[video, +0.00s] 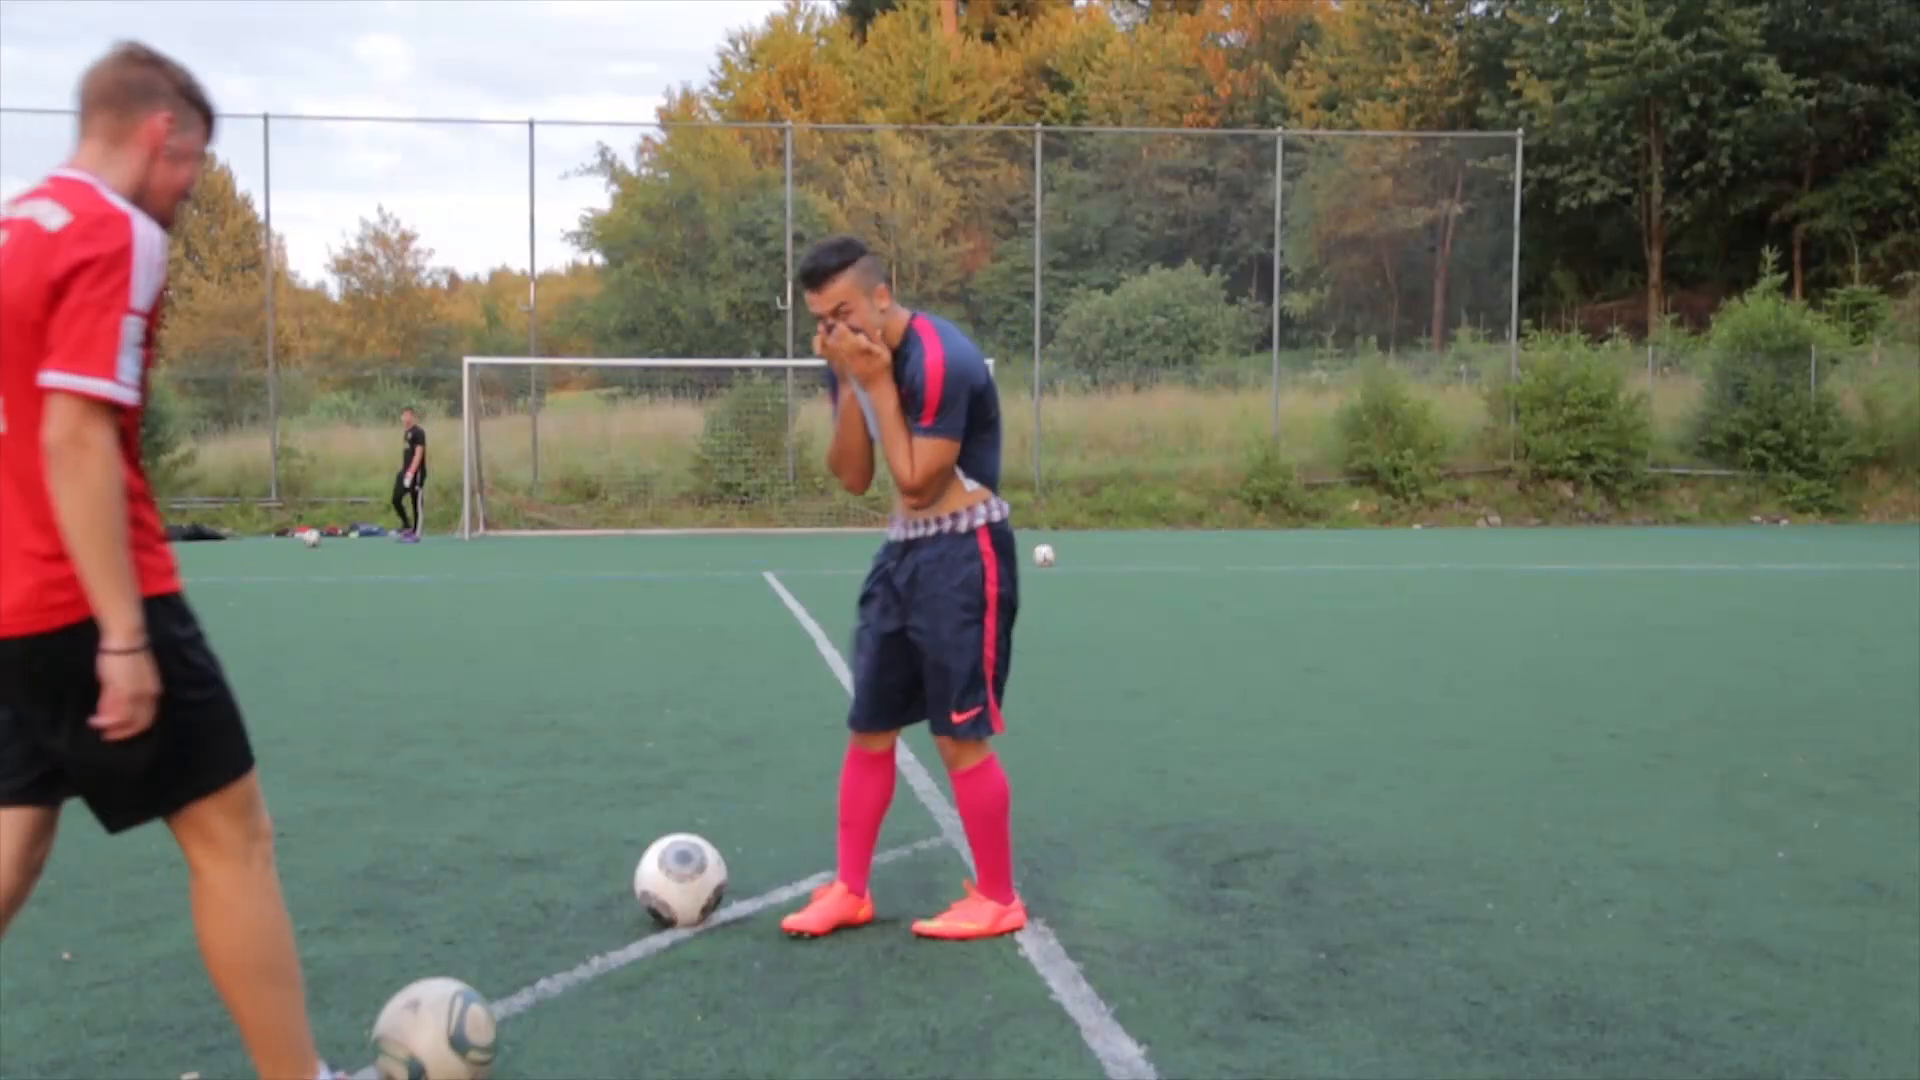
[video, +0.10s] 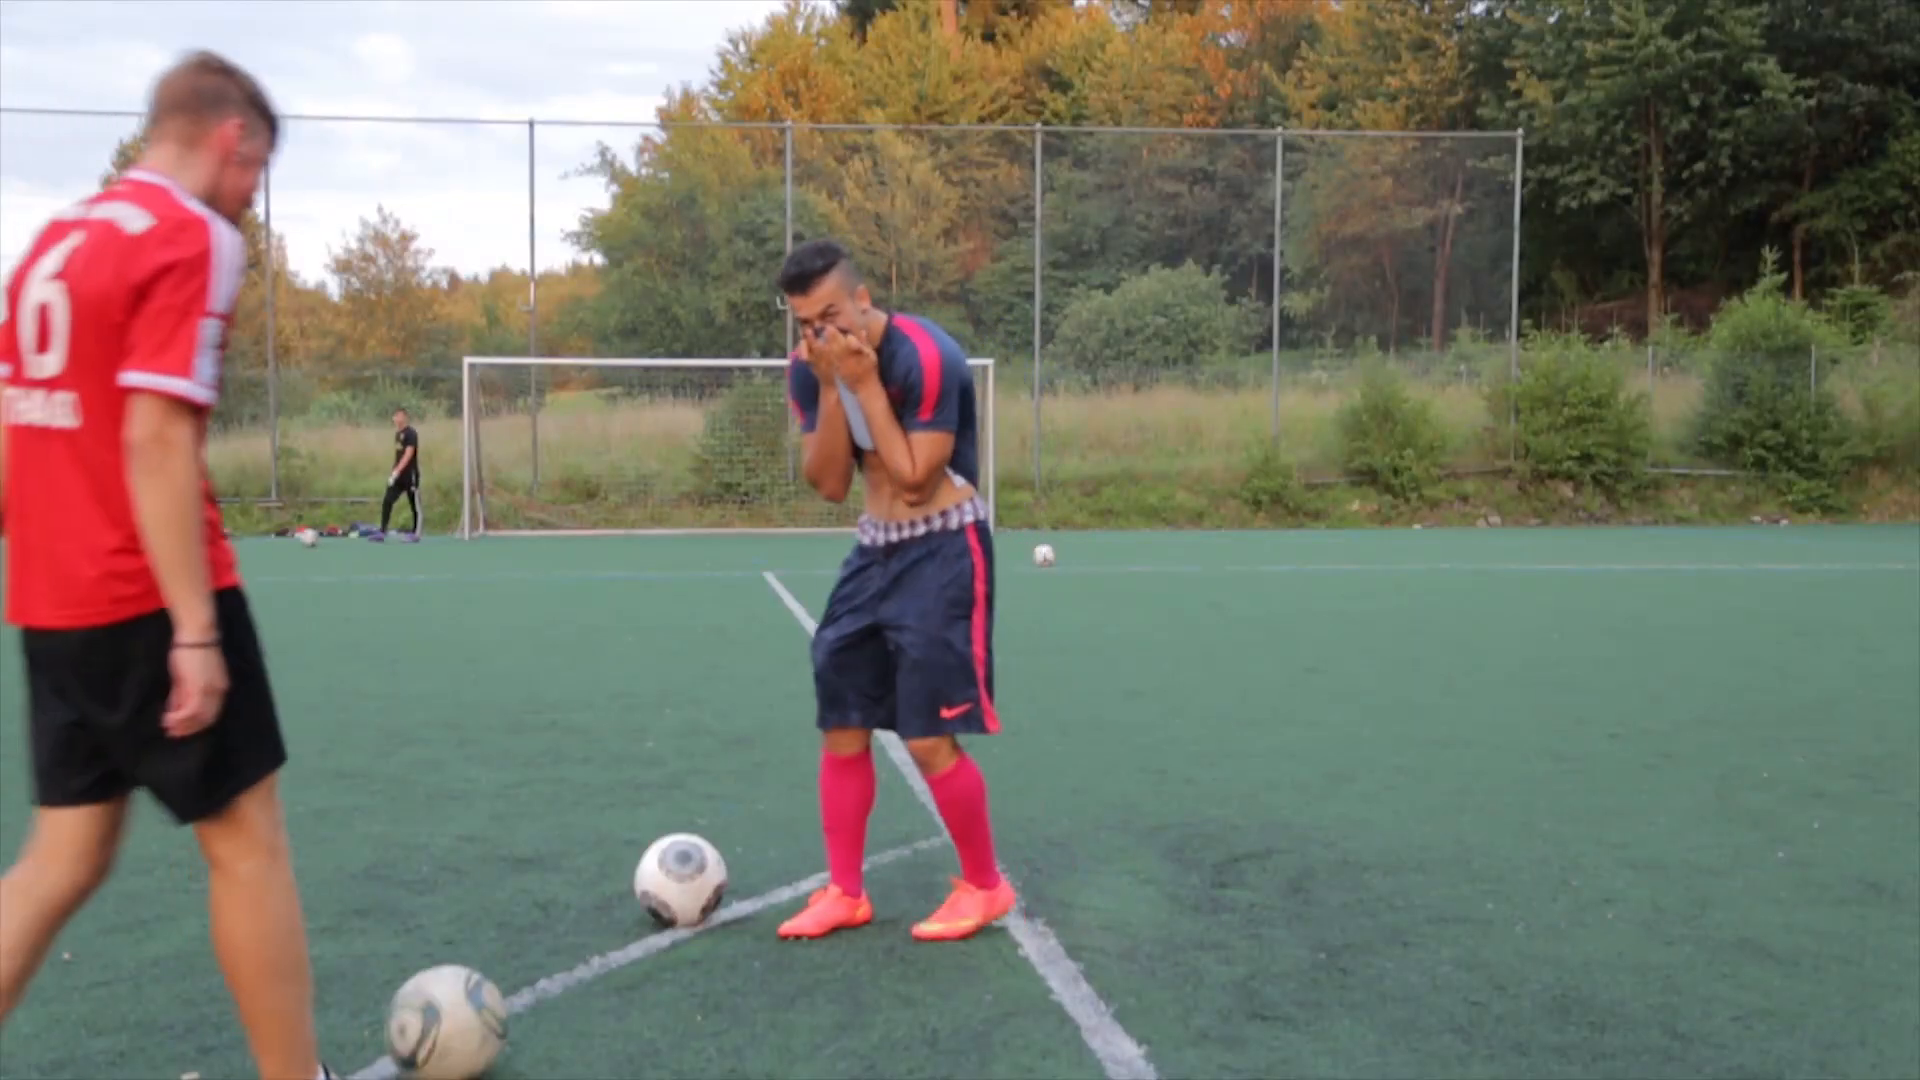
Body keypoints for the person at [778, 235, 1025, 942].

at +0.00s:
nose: (841, 333)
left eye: (847, 314)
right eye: (828, 321)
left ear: (886, 298)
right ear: (825, 323)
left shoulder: (945, 359)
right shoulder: (860, 362)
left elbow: (918, 481)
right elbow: (855, 478)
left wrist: (875, 385)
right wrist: (848, 384)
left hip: (964, 554)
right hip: (903, 553)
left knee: (962, 734)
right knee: (871, 727)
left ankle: (997, 897)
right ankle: (850, 888)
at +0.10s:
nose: (826, 335)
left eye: (834, 316)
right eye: (810, 326)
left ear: (865, 300)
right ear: (799, 327)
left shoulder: (930, 357)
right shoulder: (809, 368)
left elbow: (913, 477)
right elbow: (828, 482)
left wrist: (864, 384)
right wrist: (832, 386)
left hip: (943, 550)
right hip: (875, 555)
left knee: (927, 733)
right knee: (843, 724)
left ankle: (985, 884)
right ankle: (845, 890)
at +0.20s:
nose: (816, 320)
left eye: (828, 301)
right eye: (800, 308)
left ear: (857, 283)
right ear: (786, 306)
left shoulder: (916, 345)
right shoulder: (784, 359)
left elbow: (903, 465)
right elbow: (810, 473)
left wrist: (853, 371)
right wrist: (823, 377)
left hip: (926, 542)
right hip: (852, 552)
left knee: (913, 723)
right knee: (835, 723)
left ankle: (947, 863)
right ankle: (844, 890)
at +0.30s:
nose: (819, 312)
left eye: (831, 296)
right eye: (802, 302)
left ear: (855, 280)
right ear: (784, 297)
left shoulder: (910, 342)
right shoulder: (770, 351)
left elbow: (902, 463)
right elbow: (791, 468)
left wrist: (852, 368)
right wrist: (814, 371)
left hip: (915, 544)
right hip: (835, 556)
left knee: (920, 715)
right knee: (830, 729)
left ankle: (906, 873)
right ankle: (842, 890)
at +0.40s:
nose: (823, 325)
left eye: (834, 308)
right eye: (805, 312)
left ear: (857, 288)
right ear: (785, 301)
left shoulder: (909, 351)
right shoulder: (763, 354)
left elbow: (901, 475)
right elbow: (781, 473)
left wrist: (854, 378)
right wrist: (814, 378)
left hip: (905, 553)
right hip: (821, 564)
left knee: (913, 717)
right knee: (823, 736)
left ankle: (874, 899)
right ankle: (839, 890)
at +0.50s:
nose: (832, 336)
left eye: (845, 319)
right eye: (814, 323)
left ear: (866, 299)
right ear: (791, 310)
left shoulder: (912, 364)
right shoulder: (766, 357)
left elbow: (900, 487)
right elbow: (777, 480)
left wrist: (857, 392)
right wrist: (817, 391)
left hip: (897, 566)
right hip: (812, 573)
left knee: (885, 734)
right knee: (817, 744)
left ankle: (861, 921)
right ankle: (834, 890)